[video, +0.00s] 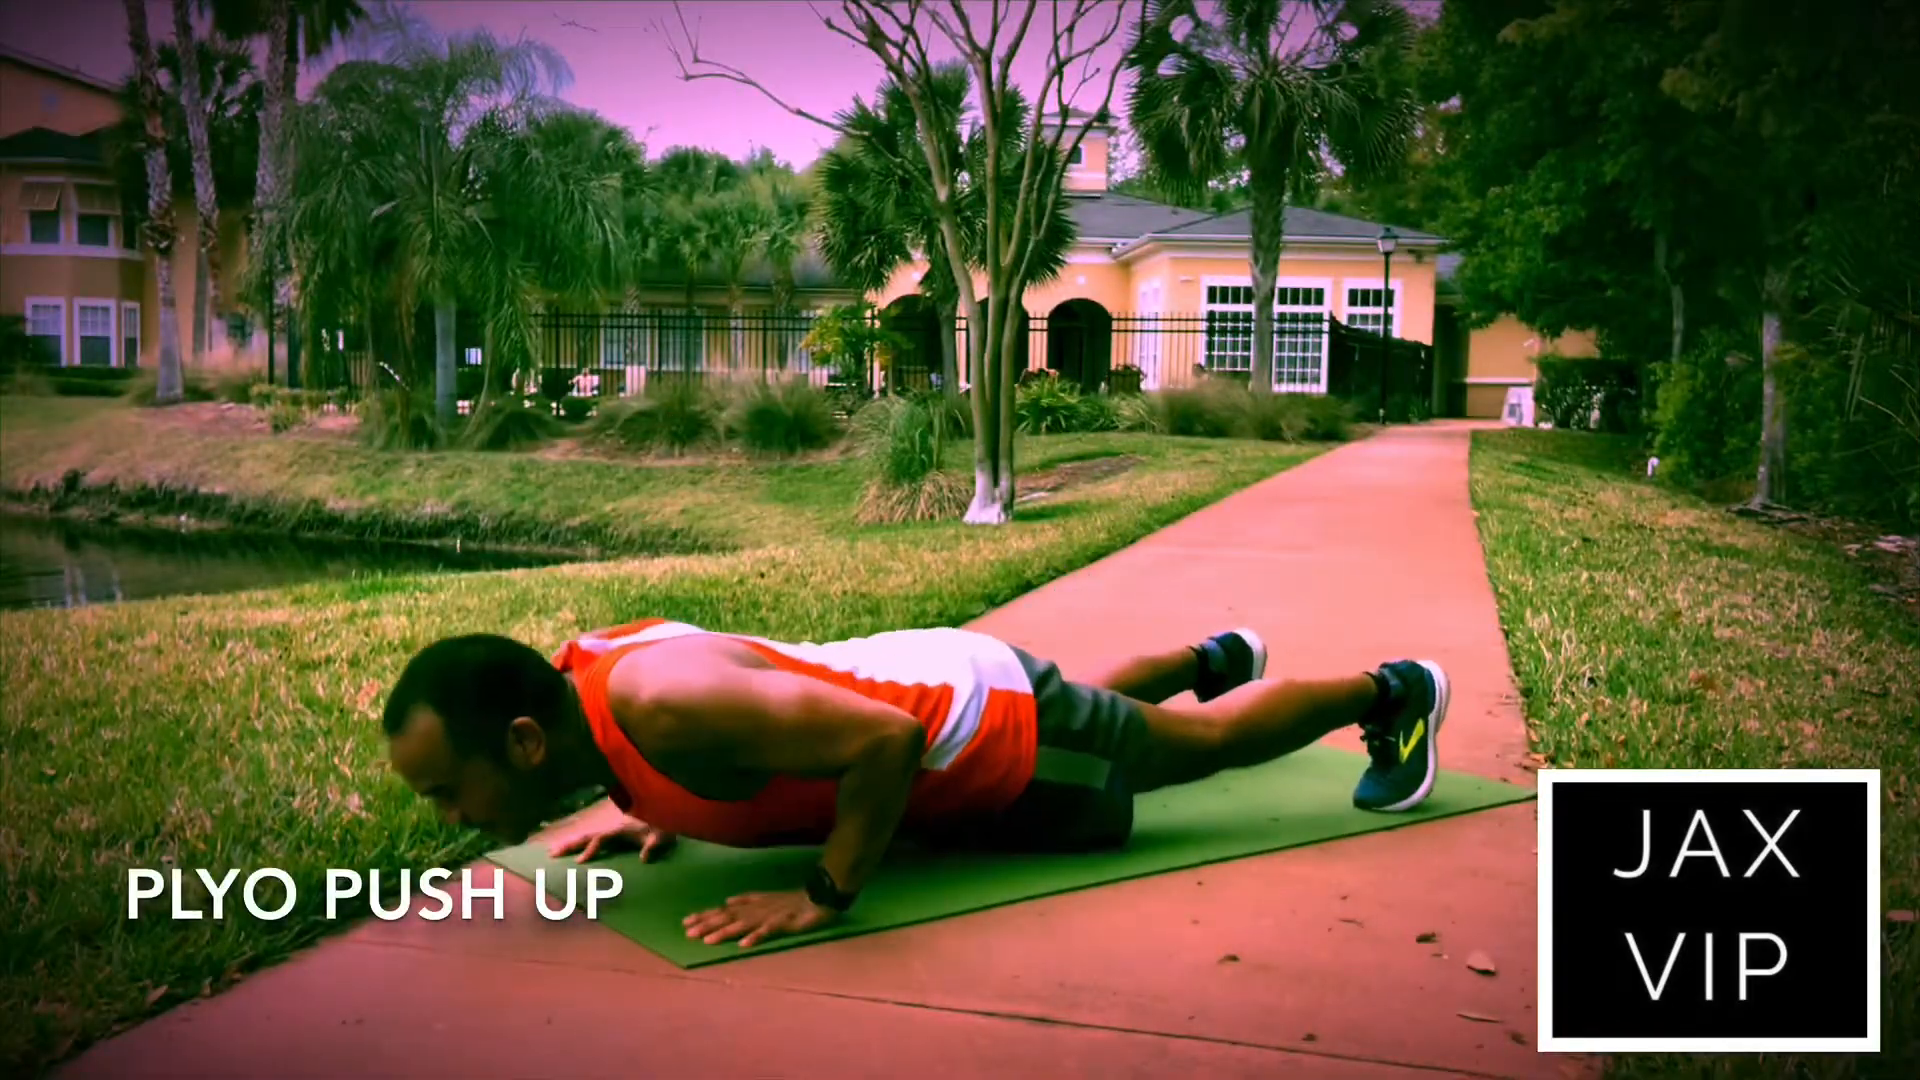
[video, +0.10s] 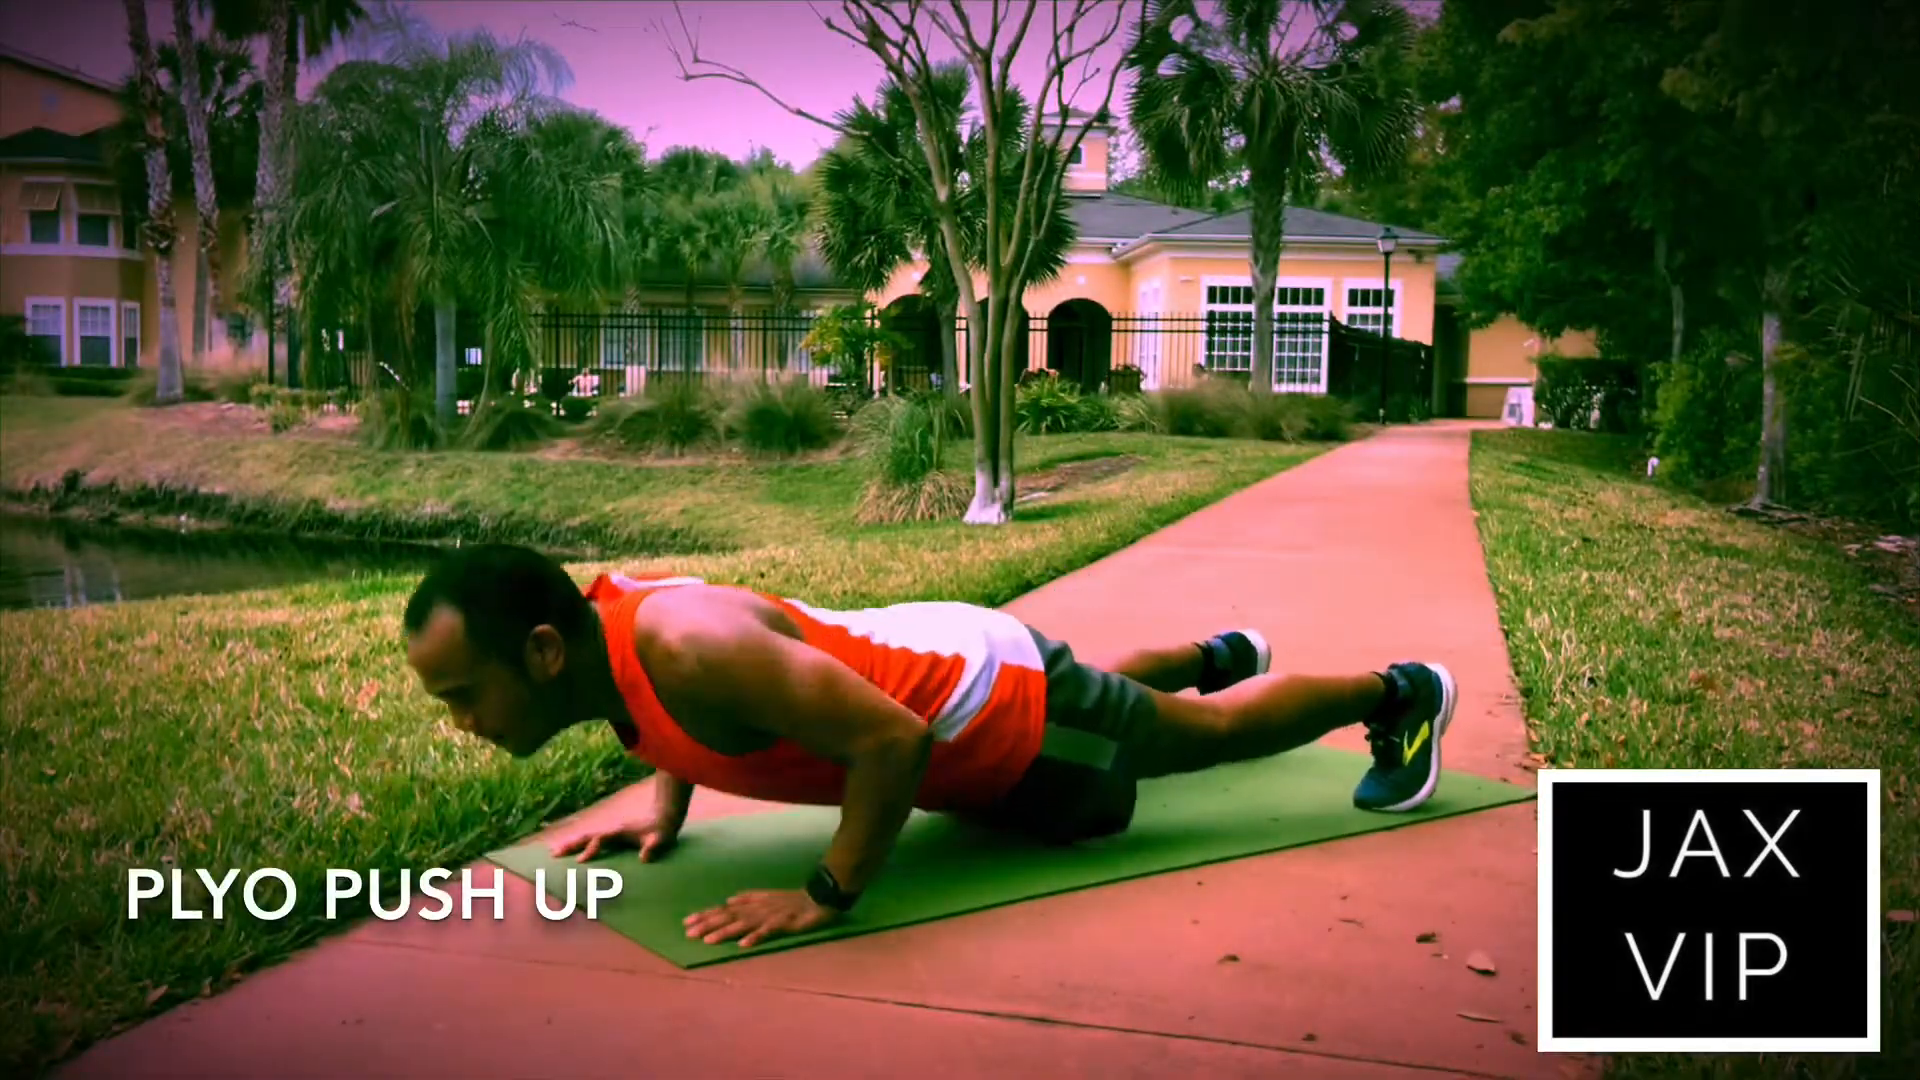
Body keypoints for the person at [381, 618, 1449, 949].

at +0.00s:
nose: (441, 817)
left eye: (446, 793)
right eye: (427, 797)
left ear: (524, 741)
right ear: (516, 732)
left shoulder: (677, 712)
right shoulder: (578, 672)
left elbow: (885, 743)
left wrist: (824, 898)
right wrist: (656, 818)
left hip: (1001, 729)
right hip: (923, 671)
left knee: (1203, 736)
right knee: (1061, 692)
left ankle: (1391, 690)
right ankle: (1209, 659)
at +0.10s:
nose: (455, 720)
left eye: (459, 694)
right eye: (441, 701)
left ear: (542, 649)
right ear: (524, 647)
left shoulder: (701, 653)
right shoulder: (597, 621)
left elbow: (889, 742)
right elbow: (666, 691)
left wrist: (830, 894)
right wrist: (659, 796)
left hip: (1015, 702)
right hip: (938, 683)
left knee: (1209, 729)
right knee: (1094, 697)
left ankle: (1395, 695)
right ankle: (1203, 657)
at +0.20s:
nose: (490, 622)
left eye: (492, 595)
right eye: (475, 601)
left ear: (575, 549)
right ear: (566, 553)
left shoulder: (730, 577)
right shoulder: (633, 582)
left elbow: (891, 734)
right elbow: (678, 676)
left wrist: (831, 895)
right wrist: (666, 802)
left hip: (1033, 665)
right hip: (957, 673)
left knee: (1219, 716)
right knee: (1114, 693)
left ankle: (1404, 695)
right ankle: (1218, 655)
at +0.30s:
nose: (529, 508)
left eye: (537, 482)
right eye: (516, 487)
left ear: (621, 447)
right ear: (592, 457)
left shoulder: (759, 503)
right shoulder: (644, 527)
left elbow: (856, 705)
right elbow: (670, 665)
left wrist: (826, 889)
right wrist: (664, 808)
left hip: (1041, 593)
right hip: (967, 647)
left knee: (1214, 683)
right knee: (1115, 699)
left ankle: (1410, 695)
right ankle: (1235, 697)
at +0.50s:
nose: (598, 395)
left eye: (599, 368)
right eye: (582, 379)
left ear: (674, 316)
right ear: (663, 324)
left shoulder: (839, 358)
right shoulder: (717, 394)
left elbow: (953, 550)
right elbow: (728, 516)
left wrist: (801, 630)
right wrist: (671, 609)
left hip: (1073, 523)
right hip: (993, 558)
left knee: (1233, 636)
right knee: (1117, 637)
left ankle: (1418, 697)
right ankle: (1251, 673)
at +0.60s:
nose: (591, 442)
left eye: (590, 413)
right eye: (573, 420)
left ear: (662, 360)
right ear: (653, 360)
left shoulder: (839, 373)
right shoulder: (716, 396)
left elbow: (977, 534)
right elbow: (750, 491)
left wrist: (841, 641)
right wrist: (686, 594)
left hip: (1068, 537)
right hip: (986, 572)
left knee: (1236, 637)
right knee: (1122, 653)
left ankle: (1420, 696)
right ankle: (1253, 675)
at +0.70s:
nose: (561, 514)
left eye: (558, 489)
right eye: (545, 497)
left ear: (630, 439)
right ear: (617, 438)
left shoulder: (805, 460)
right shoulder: (683, 468)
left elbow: (881, 682)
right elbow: (672, 635)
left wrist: (797, 862)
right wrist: (634, 786)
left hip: (1064, 570)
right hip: (992, 604)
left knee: (1245, 654)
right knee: (1139, 677)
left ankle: (1420, 696)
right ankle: (1257, 686)